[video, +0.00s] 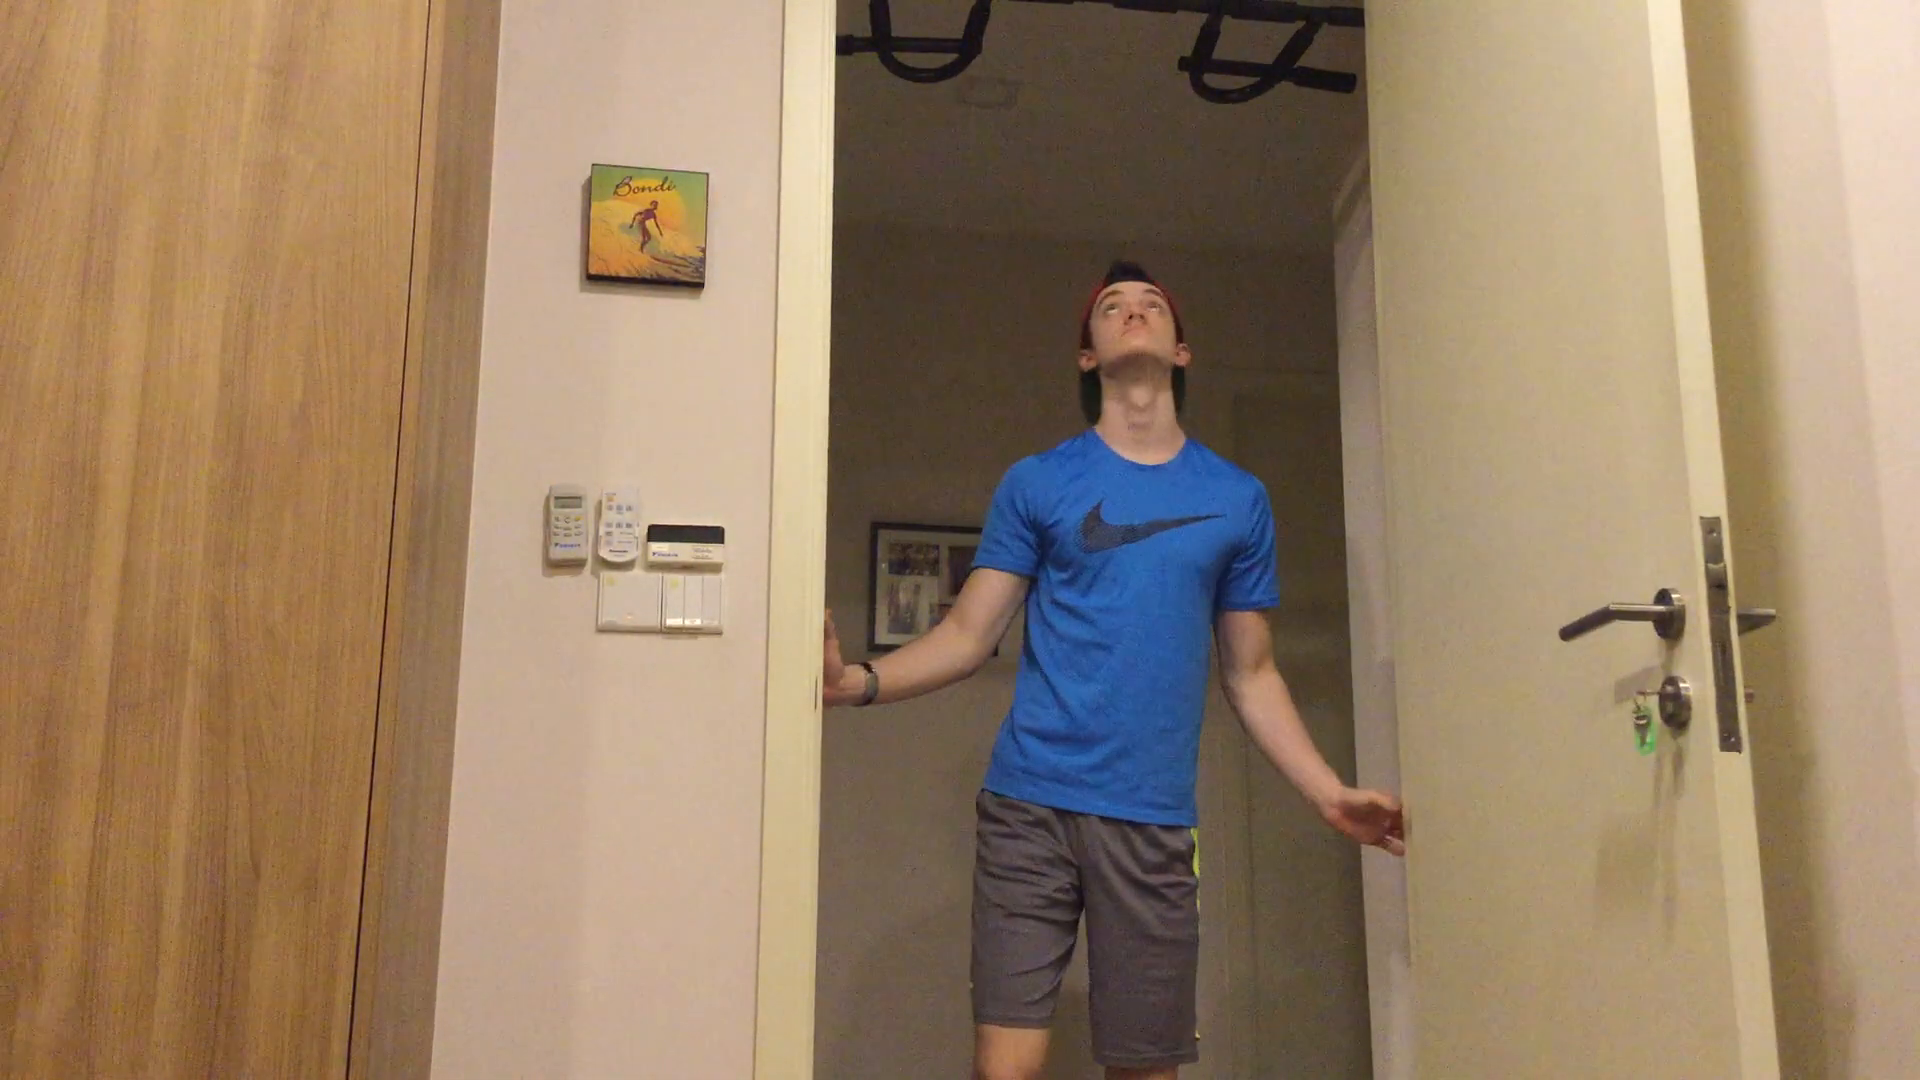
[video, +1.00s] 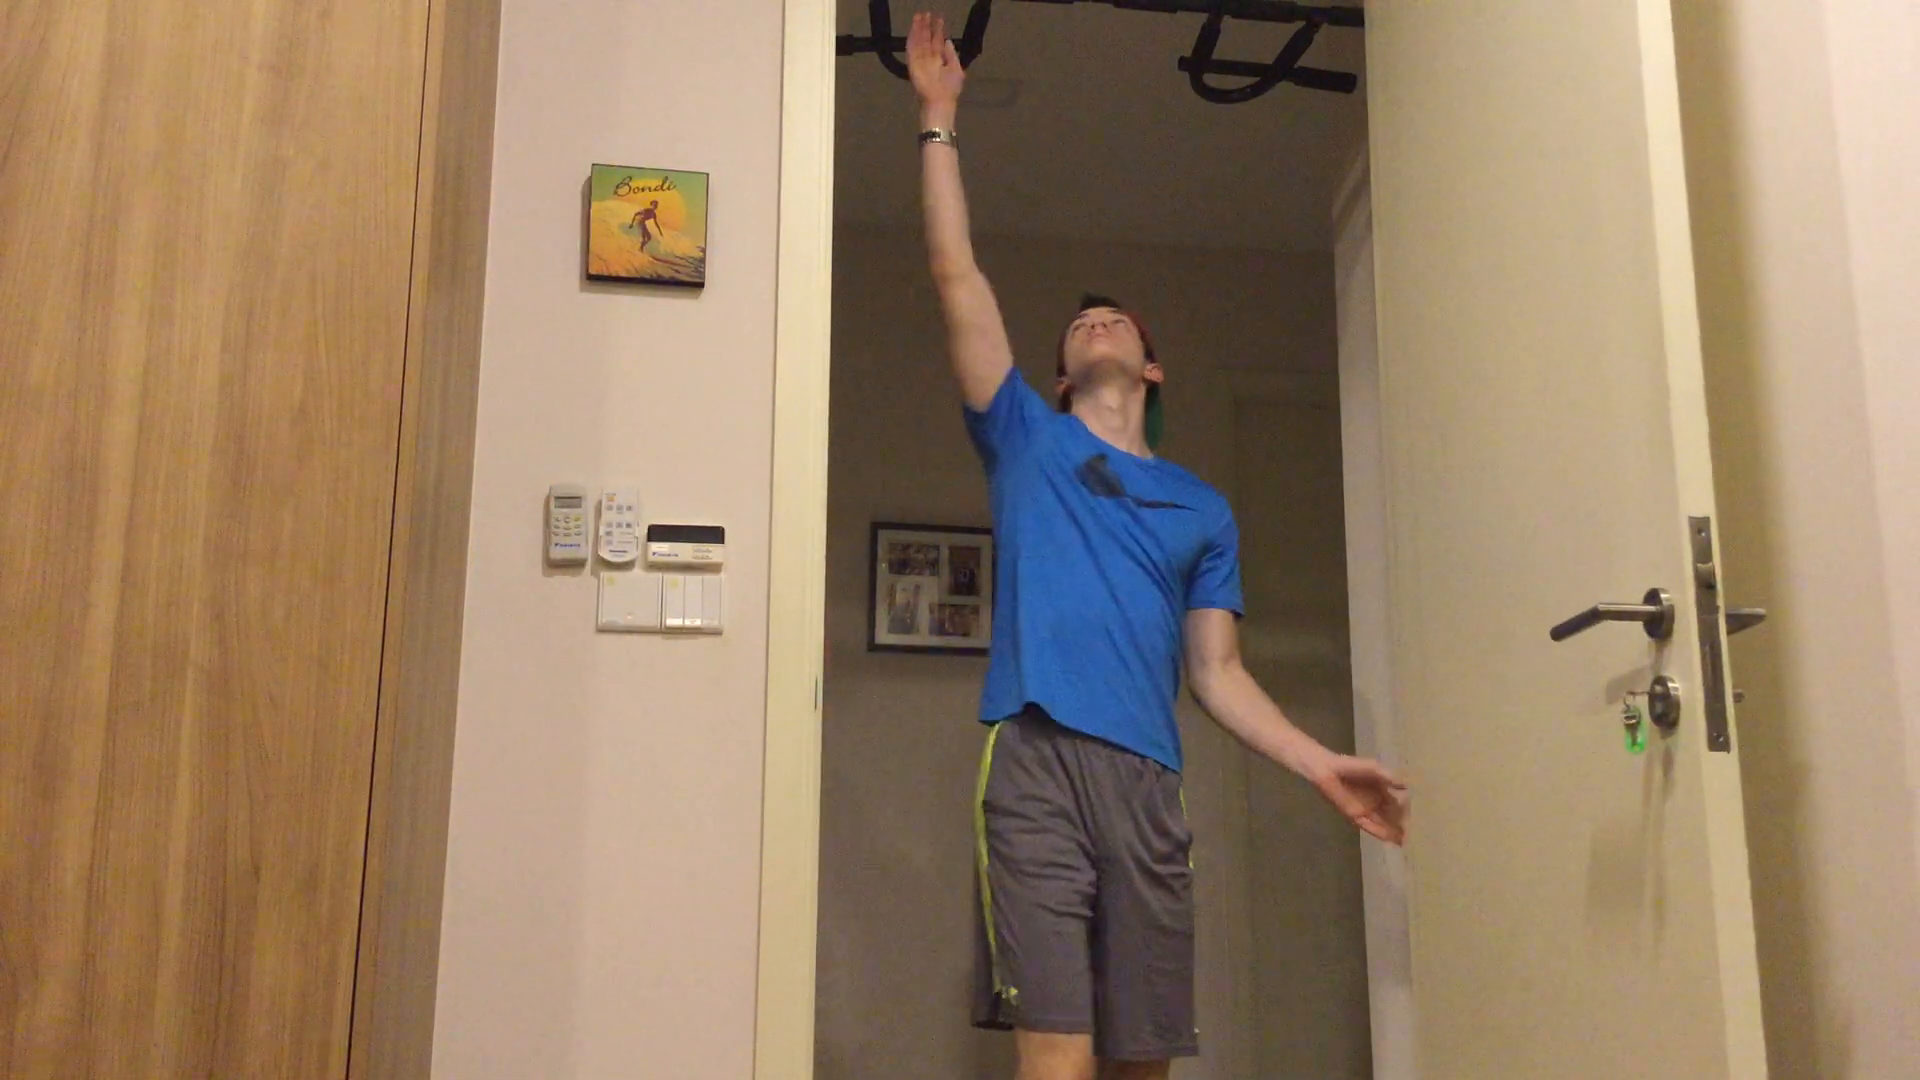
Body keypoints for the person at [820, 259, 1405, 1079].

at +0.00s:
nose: (1134, 309)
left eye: (1152, 306)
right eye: (1112, 307)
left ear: (1183, 353)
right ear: (1087, 356)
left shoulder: (1237, 498)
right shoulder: (1038, 481)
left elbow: (1251, 669)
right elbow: (965, 633)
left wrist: (1331, 795)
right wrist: (854, 680)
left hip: (1153, 821)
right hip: (1027, 806)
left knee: (1148, 1067)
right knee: (1008, 1064)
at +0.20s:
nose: (1141, 314)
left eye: (1159, 312)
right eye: (1121, 314)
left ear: (1191, 363)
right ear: (1097, 368)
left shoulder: (1242, 502)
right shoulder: (1043, 484)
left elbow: (1253, 672)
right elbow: (989, 641)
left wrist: (1336, 792)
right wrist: (891, 650)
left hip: (1159, 820)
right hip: (1033, 805)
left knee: (1150, 1065)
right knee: (1016, 1061)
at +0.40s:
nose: (1126, 318)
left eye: (1147, 315)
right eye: (1110, 321)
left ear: (1186, 365)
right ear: (1096, 382)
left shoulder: (1243, 499)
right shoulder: (1048, 479)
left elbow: (1257, 669)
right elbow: (943, 587)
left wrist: (1337, 784)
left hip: (1167, 814)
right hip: (1042, 802)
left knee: (1156, 1063)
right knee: (1035, 1057)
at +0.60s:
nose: (1118, 324)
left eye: (1140, 321)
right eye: (1106, 327)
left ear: (1184, 371)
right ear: (1093, 381)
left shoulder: (1235, 508)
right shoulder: (1049, 452)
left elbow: (1247, 676)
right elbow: (913, 379)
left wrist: (1337, 788)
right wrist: (927, 226)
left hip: (1168, 801)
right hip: (1050, 783)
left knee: (1158, 1061)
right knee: (1064, 1048)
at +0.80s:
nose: (1116, 325)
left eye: (1135, 323)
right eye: (1101, 328)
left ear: (1175, 372)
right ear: (1083, 376)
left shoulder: (1219, 515)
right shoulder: (1044, 439)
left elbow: (1234, 682)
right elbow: (956, 296)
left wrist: (1333, 783)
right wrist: (939, 133)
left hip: (1162, 788)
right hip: (1044, 771)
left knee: (1154, 1059)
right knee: (1070, 1048)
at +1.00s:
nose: (1091, 321)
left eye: (1110, 318)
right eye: (1078, 324)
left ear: (1151, 369)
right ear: (1062, 372)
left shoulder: (1202, 512)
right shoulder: (1026, 435)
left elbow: (1220, 673)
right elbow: (955, 272)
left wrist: (1324, 767)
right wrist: (937, 114)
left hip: (1146, 781)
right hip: (1031, 766)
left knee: (1143, 1056)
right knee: (1055, 1046)